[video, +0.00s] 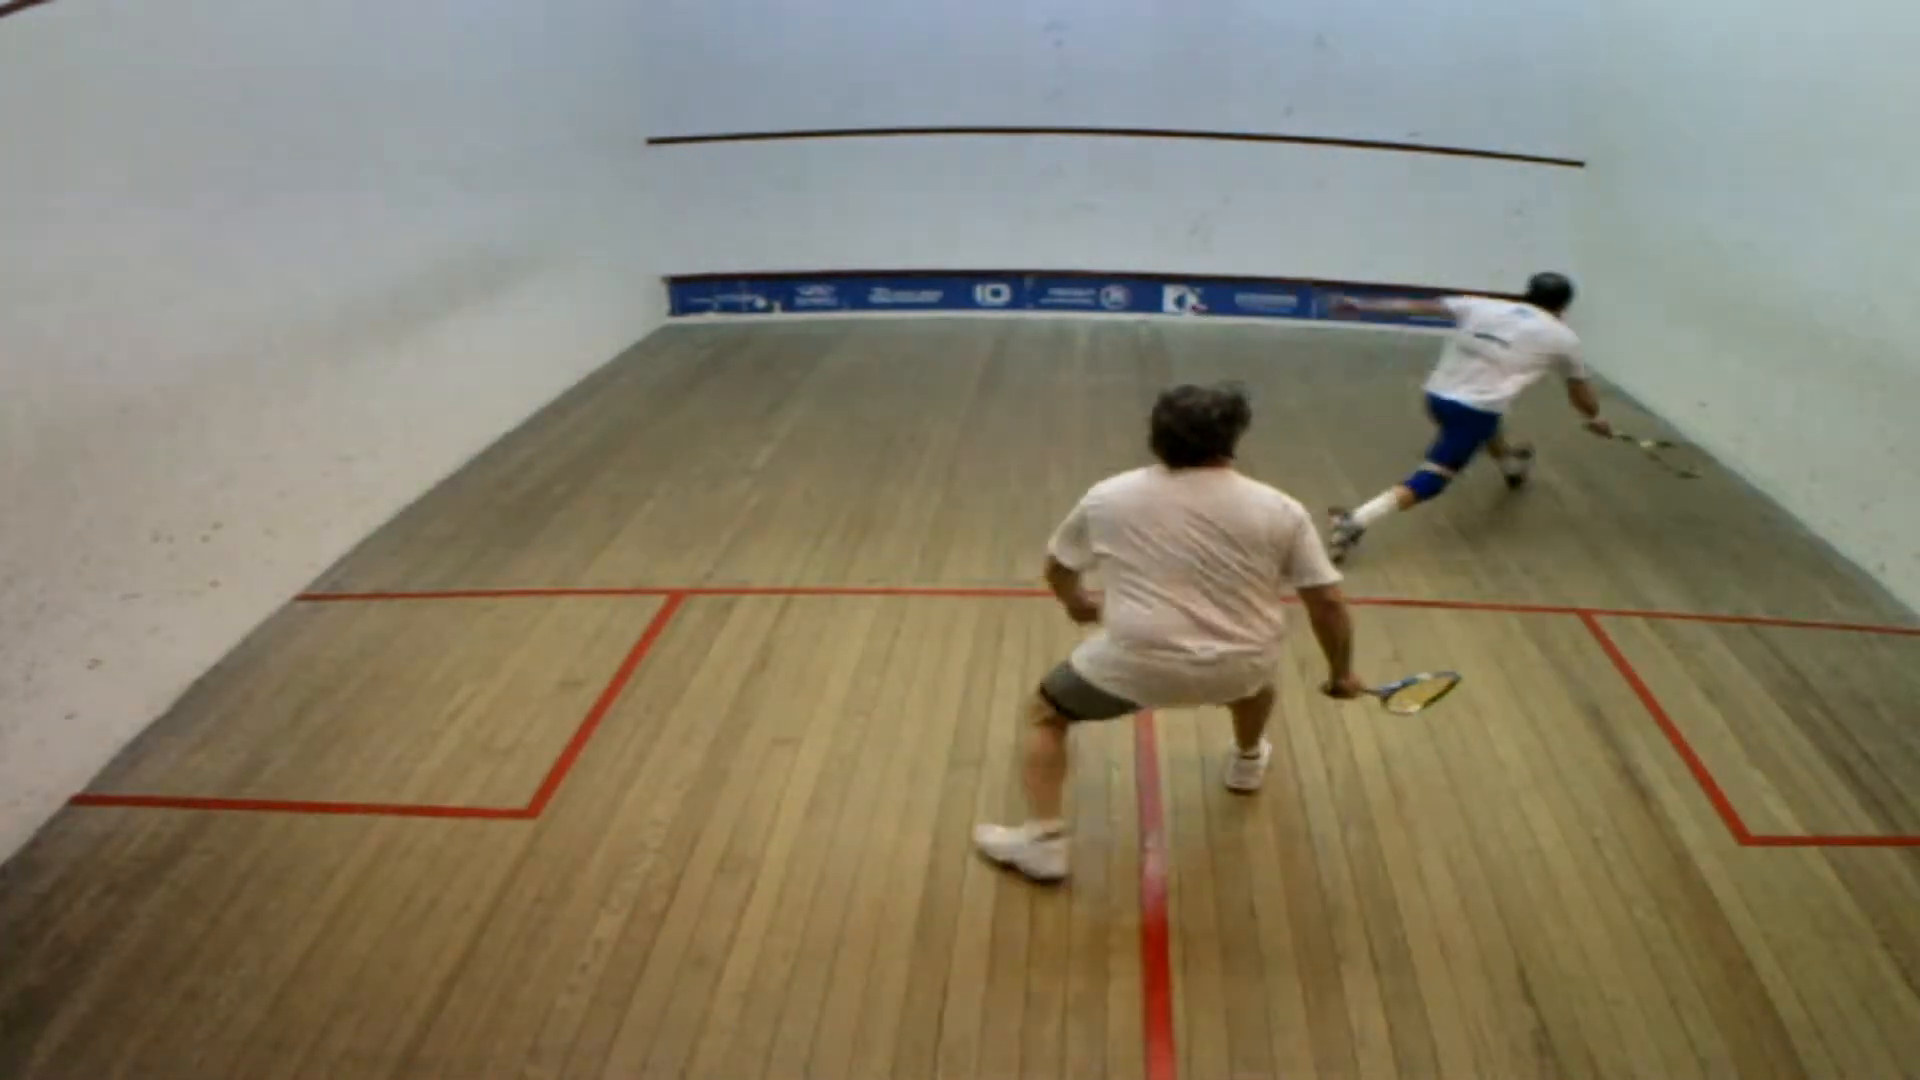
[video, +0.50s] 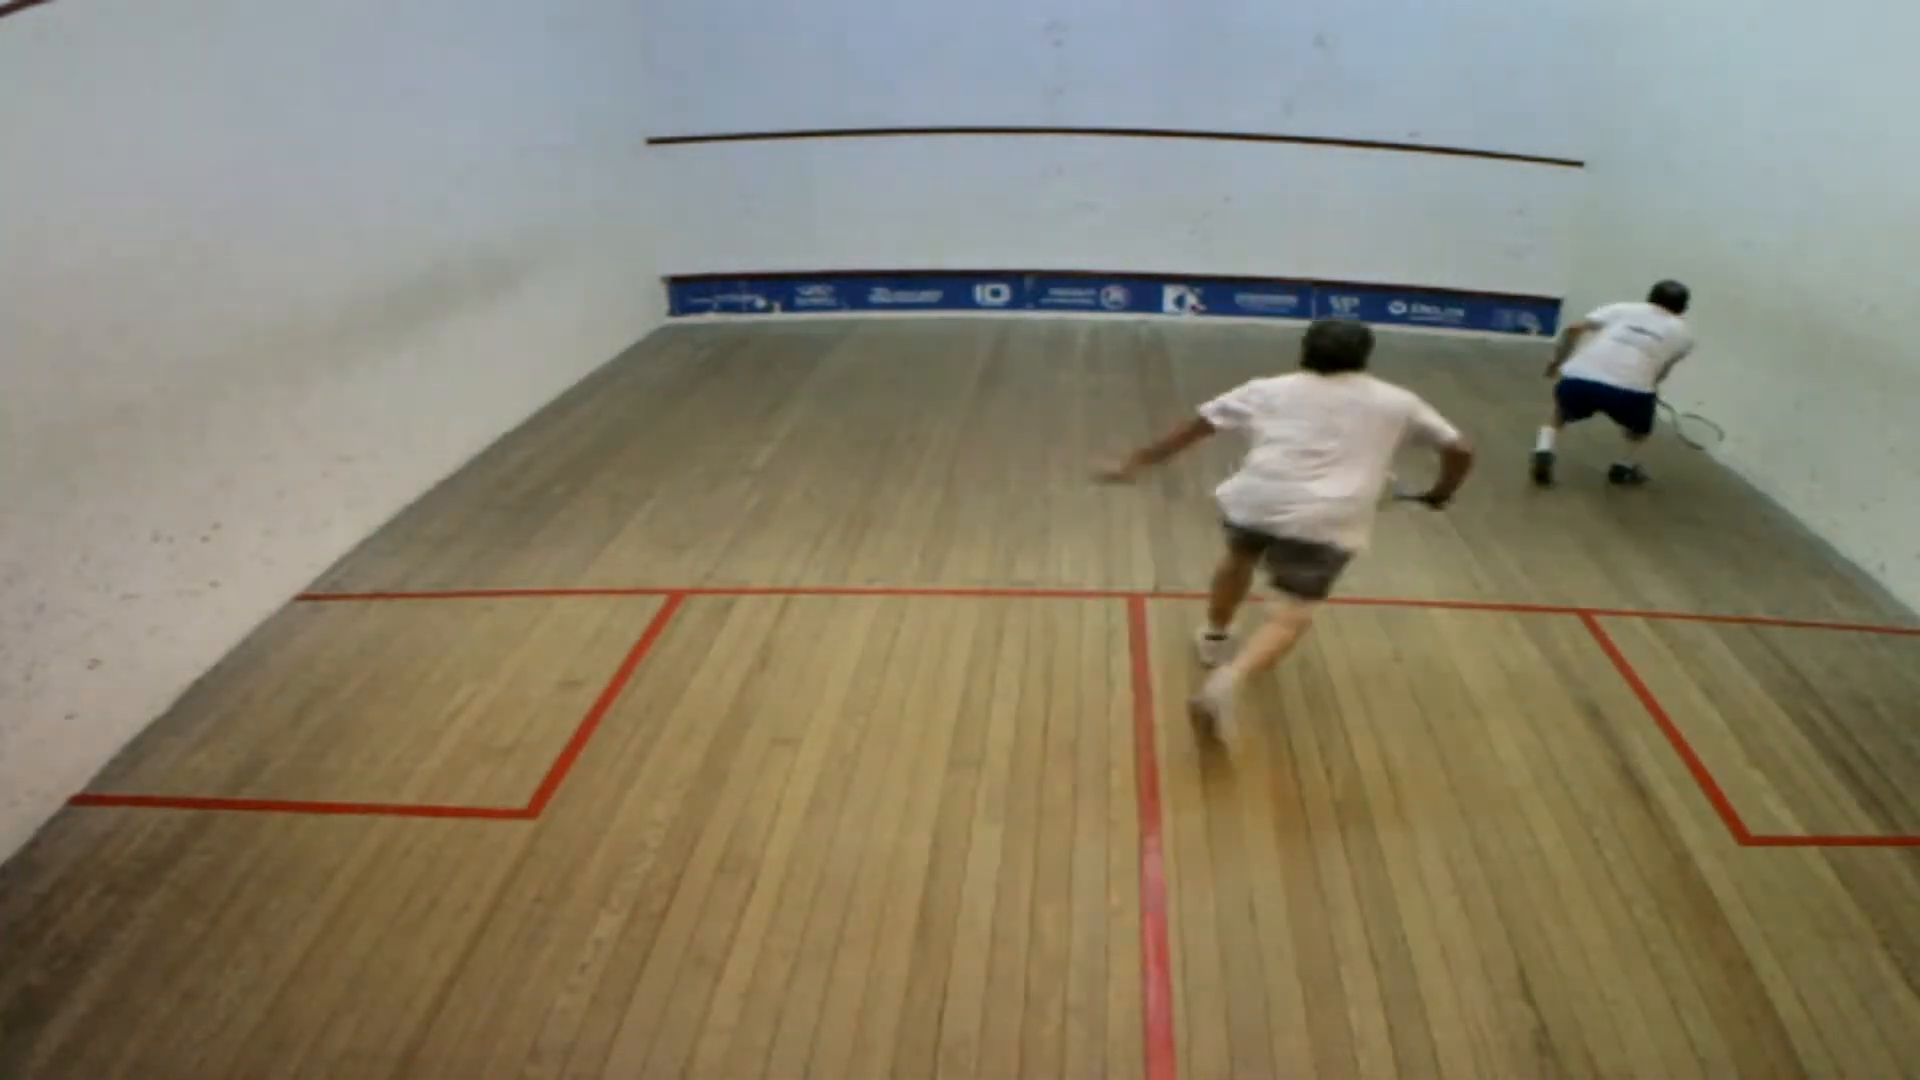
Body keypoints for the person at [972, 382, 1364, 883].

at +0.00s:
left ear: (1159, 438)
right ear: (1231, 440)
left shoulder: (1112, 498)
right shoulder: (1277, 511)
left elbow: (1059, 568)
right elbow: (1327, 604)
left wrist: (1078, 605)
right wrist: (1341, 673)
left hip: (1136, 665)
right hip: (1239, 670)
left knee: (1045, 712)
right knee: (1256, 678)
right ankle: (1248, 760)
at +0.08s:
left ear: (1152, 442)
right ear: (1224, 443)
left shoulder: (1108, 499)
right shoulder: (1271, 510)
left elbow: (1073, 573)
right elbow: (1318, 602)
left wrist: (1100, 629)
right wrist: (1335, 674)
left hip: (1134, 657)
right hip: (1238, 661)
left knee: (1045, 725)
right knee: (1264, 664)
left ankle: (1033, 846)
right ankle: (1250, 758)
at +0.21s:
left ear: (1208, 416)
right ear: (1273, 423)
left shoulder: (1164, 463)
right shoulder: (1304, 484)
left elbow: (1152, 535)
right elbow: (1354, 574)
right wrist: (1369, 646)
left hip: (1148, 609)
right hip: (1240, 620)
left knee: (1081, 709)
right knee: (1260, 673)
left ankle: (1043, 826)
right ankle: (1203, 763)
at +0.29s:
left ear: (1264, 396)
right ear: (1324, 408)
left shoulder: (1214, 438)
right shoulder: (1344, 468)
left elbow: (1157, 495)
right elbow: (1383, 556)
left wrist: (1168, 552)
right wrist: (1382, 605)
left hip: (1166, 580)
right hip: (1253, 593)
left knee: (1119, 655)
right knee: (1268, 672)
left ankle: (1092, 742)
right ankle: (1202, 760)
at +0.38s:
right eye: (1345, 394)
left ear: (1285, 390)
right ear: (1344, 399)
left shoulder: (1232, 427)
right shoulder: (1362, 452)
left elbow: (1163, 477)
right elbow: (1402, 535)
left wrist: (1110, 532)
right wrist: (1384, 562)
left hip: (1185, 555)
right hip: (1266, 569)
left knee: (1163, 622)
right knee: (1273, 669)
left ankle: (1132, 695)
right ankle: (1201, 758)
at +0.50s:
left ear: (1307, 353)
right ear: (1362, 362)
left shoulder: (1274, 390)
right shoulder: (1392, 401)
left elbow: (1199, 425)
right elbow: (1460, 451)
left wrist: (1135, 462)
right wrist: (1441, 495)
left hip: (1254, 509)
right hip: (1325, 530)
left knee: (1237, 562)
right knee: (1289, 619)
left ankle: (1214, 639)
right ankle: (1225, 685)